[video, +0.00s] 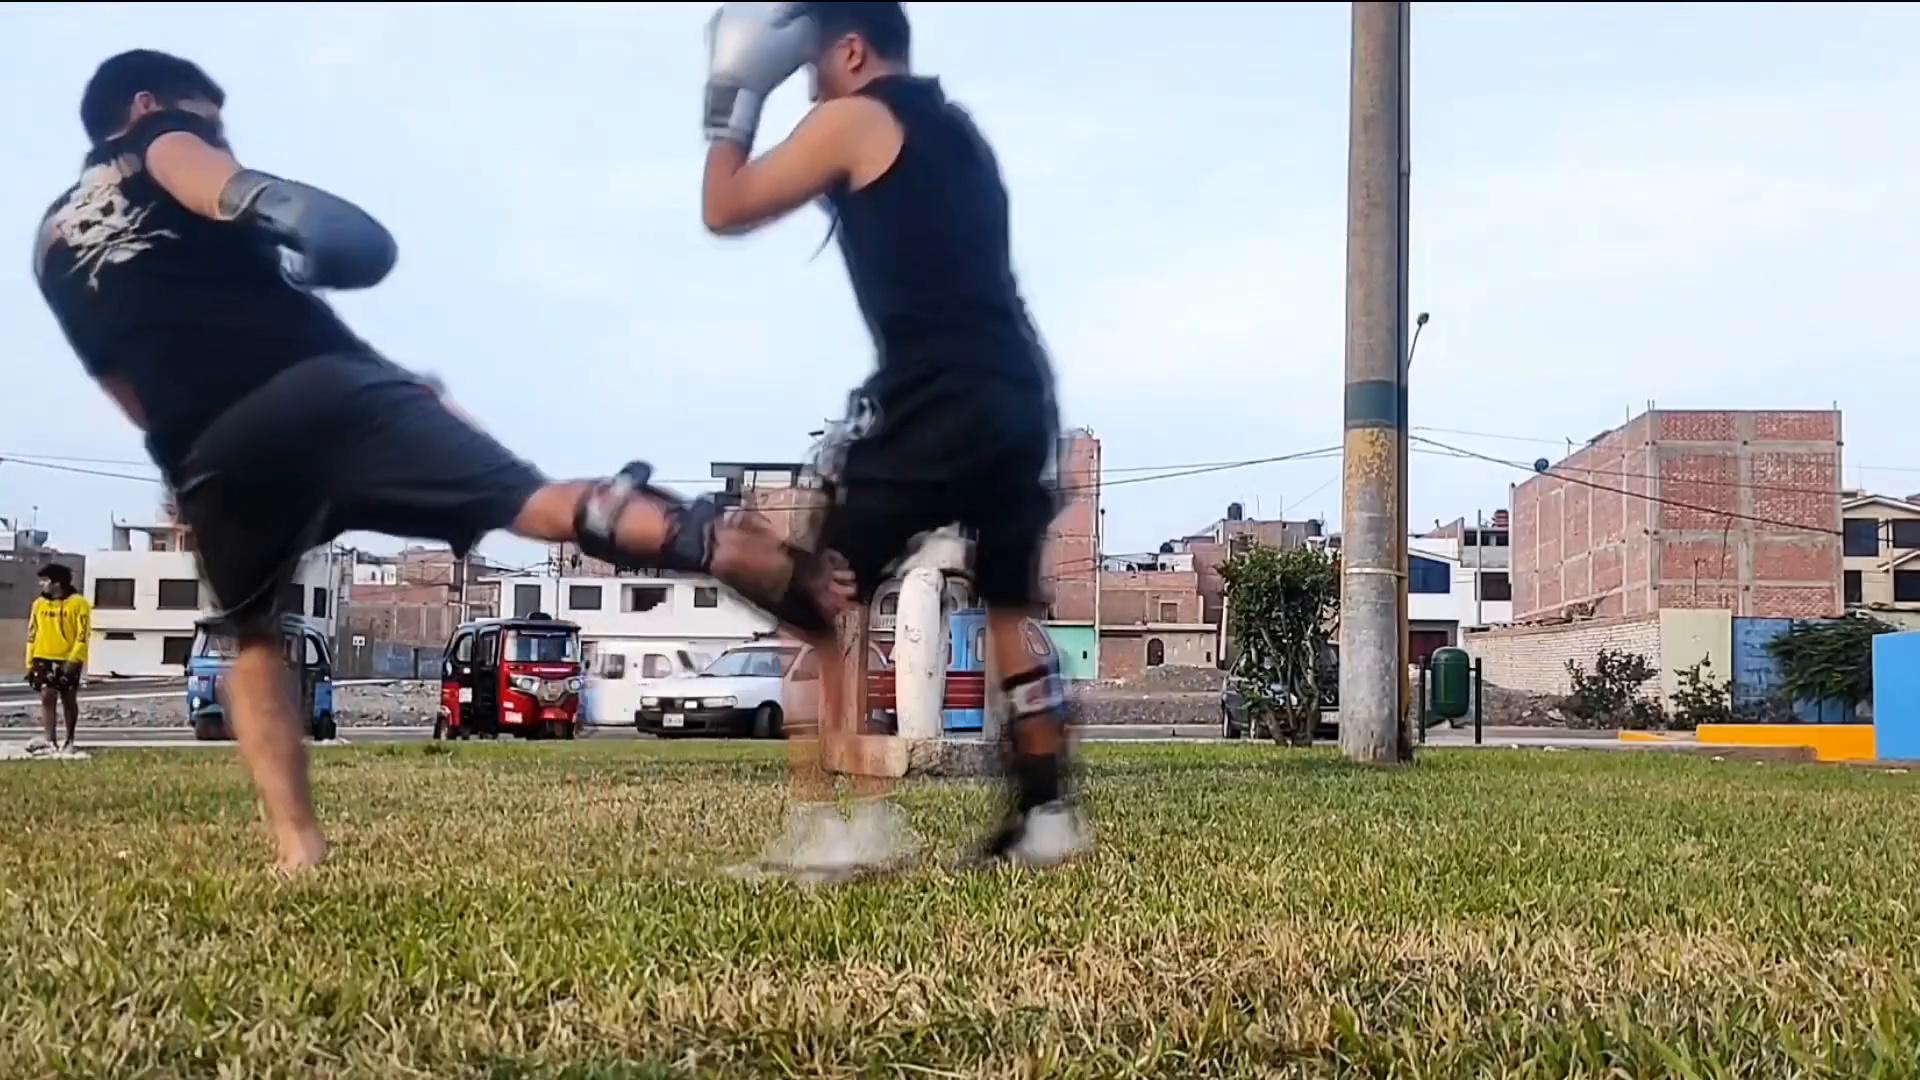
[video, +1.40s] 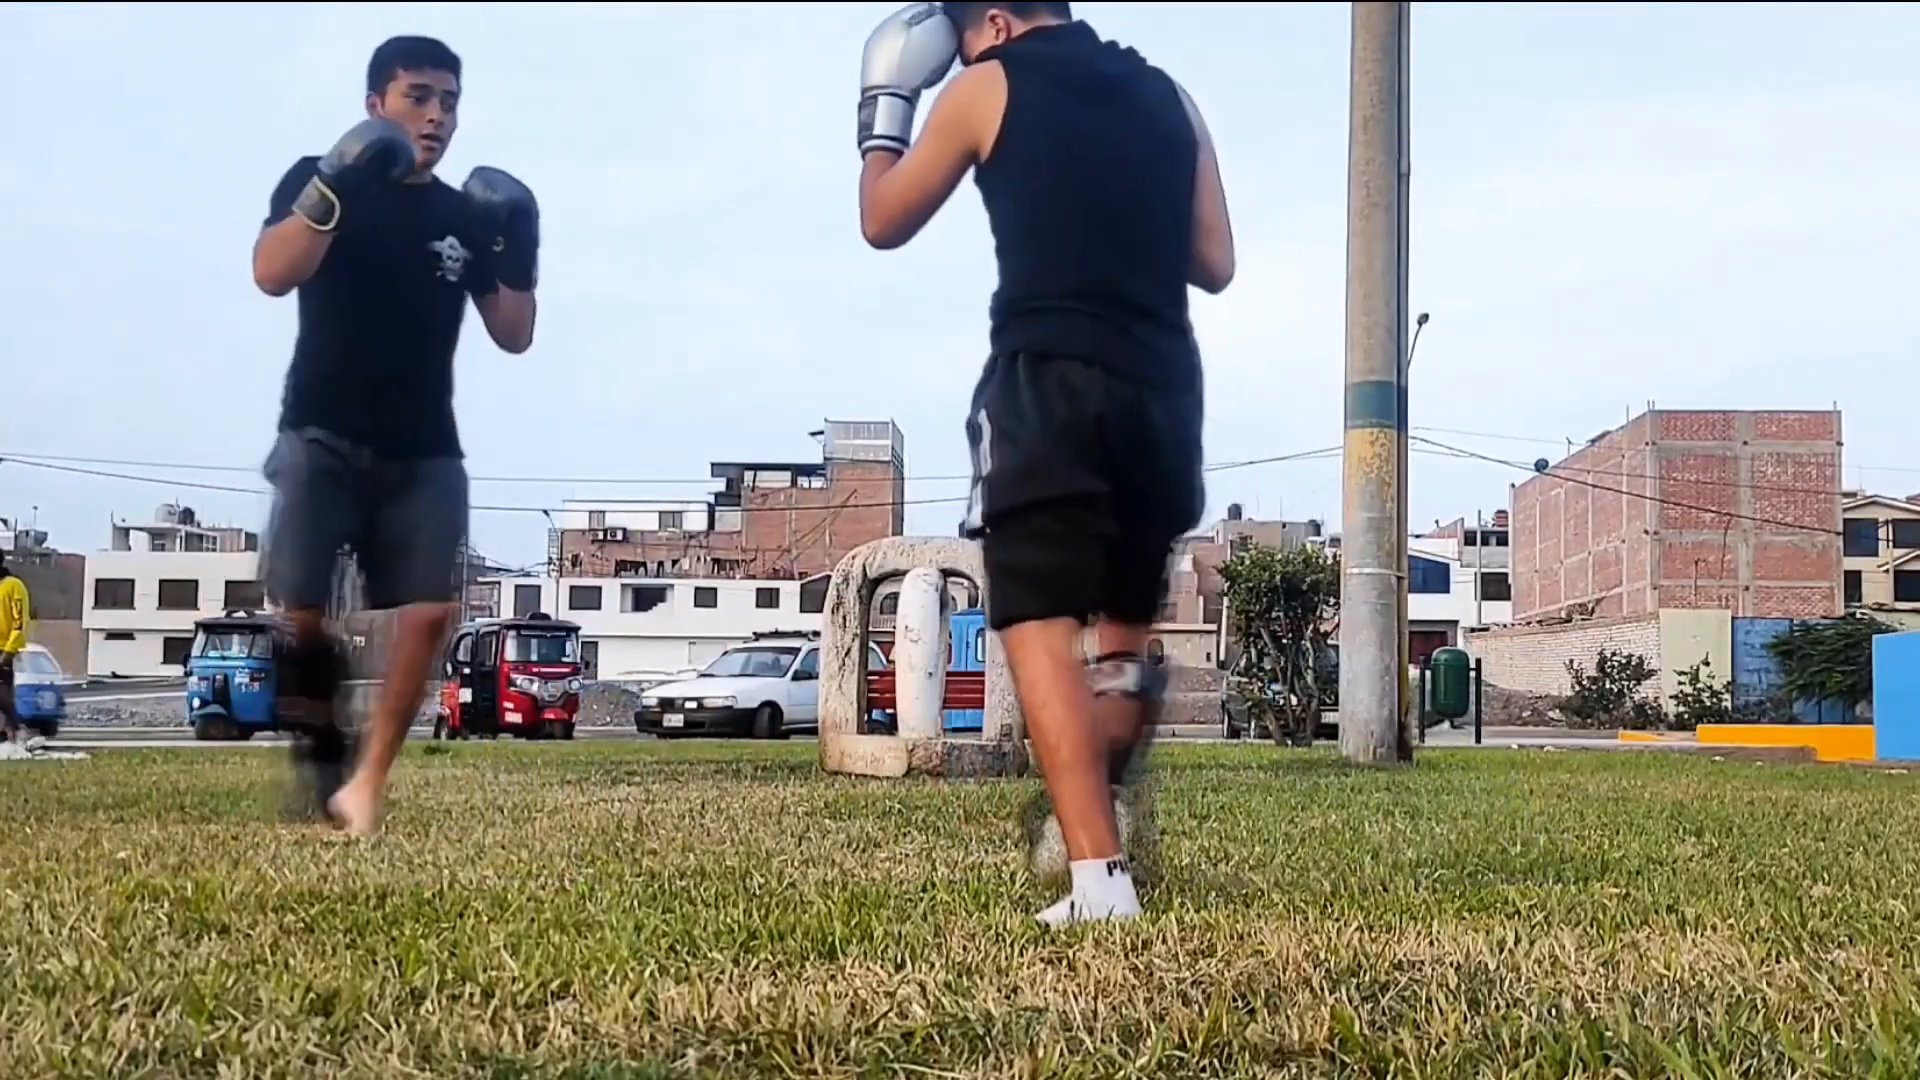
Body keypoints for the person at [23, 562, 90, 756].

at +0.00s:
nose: (42, 584)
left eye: (46, 581)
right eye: (42, 581)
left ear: (58, 583)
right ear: (53, 583)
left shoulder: (78, 604)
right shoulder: (39, 604)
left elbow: (82, 636)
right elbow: (32, 635)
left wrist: (74, 661)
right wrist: (30, 663)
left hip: (68, 659)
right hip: (44, 658)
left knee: (68, 700)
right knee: (47, 698)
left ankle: (69, 739)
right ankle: (49, 739)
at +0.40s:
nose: (28, 579)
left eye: (32, 575)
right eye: (28, 575)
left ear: (46, 577)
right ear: (34, 578)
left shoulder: (67, 598)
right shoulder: (24, 599)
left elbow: (77, 629)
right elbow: (14, 628)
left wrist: (73, 654)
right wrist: (9, 655)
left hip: (55, 652)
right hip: (31, 653)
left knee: (47, 694)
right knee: (39, 697)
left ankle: (49, 739)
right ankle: (48, 738)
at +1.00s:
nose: (4, 574)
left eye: (8, 571)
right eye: (4, 570)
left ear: (22, 572)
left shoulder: (44, 592)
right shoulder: (3, 591)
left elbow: (52, 625)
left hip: (32, 655)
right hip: (5, 653)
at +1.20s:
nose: (1, 576)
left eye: (3, 571)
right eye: (1, 571)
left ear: (10, 571)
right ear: (8, 571)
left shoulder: (29, 591)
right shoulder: (4, 592)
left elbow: (35, 627)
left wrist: (21, 655)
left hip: (18, 653)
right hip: (4, 652)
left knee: (21, 695)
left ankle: (29, 730)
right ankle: (3, 728)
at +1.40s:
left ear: (2, 564)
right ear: (4, 564)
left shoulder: (13, 585)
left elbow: (19, 624)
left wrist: (8, 652)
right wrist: (8, 651)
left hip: (6, 652)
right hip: (4, 651)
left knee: (5, 699)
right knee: (5, 699)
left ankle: (18, 733)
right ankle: (9, 736)